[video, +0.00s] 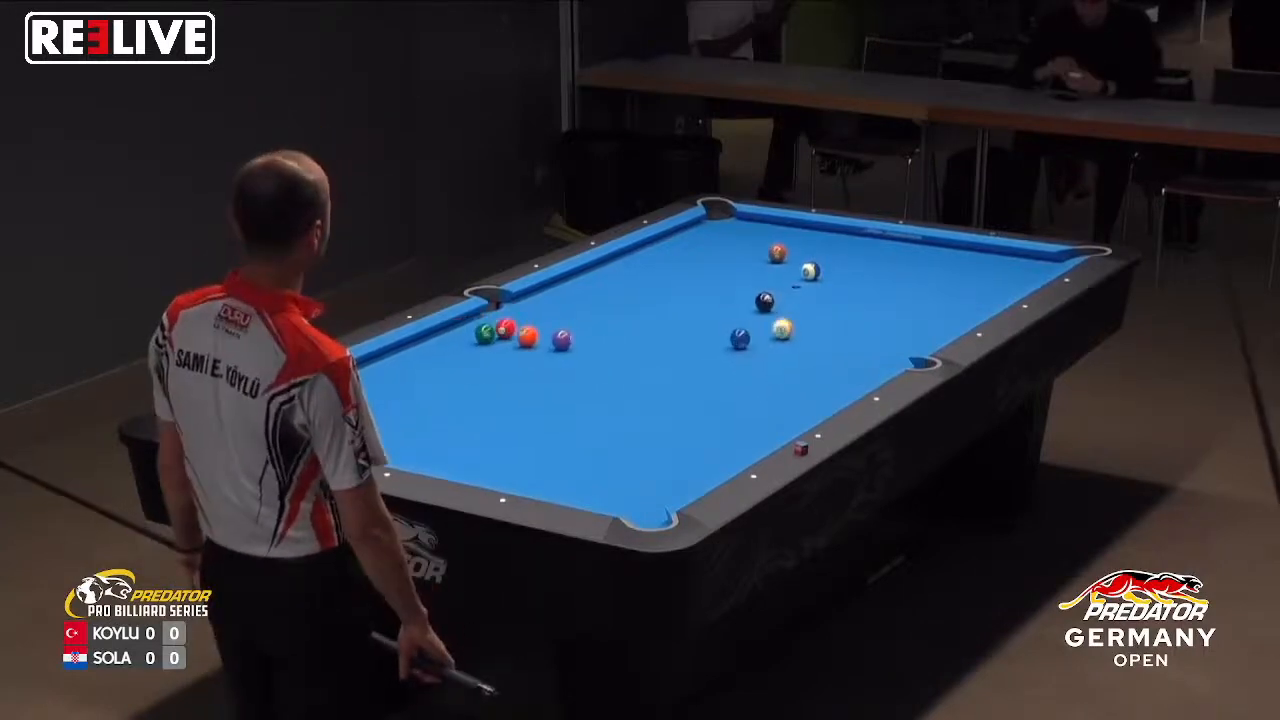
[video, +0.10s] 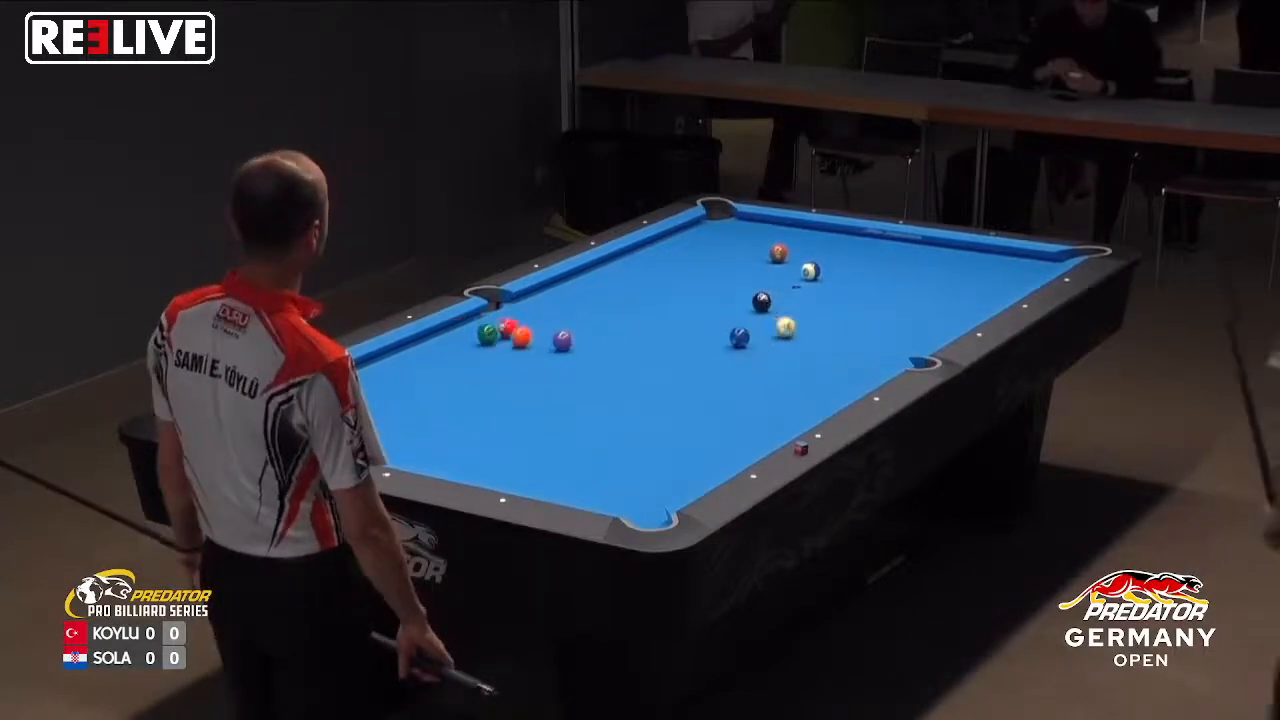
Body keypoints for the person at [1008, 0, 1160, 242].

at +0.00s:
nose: (1085, 9)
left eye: (1092, 3)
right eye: (1080, 3)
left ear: (1106, 3)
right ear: (1073, 2)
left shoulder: (1132, 25)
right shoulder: (1056, 21)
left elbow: (1145, 86)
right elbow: (1017, 79)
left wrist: (1103, 86)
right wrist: (1046, 71)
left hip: (1112, 122)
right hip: (1058, 118)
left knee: (1116, 157)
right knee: (1024, 143)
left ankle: (1102, 236)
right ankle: (1018, 227)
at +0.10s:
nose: (1085, 8)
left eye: (1092, 3)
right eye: (1080, 3)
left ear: (1106, 3)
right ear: (1073, 2)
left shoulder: (1132, 25)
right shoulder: (1055, 22)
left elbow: (1145, 86)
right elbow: (1017, 79)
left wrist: (1102, 86)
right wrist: (1046, 71)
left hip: (1112, 122)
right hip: (1058, 118)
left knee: (1116, 157)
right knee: (1024, 143)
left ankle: (1102, 236)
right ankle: (1017, 228)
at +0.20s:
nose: (1085, 8)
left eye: (1092, 3)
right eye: (1081, 2)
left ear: (1106, 3)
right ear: (1073, 2)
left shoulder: (1133, 25)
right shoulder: (1056, 21)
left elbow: (1145, 87)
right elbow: (1018, 78)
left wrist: (1103, 86)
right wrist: (1046, 72)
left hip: (1112, 123)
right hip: (1057, 118)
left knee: (1117, 158)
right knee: (1024, 144)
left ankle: (1102, 237)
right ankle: (1017, 228)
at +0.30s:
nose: (1085, 8)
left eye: (1092, 3)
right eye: (1081, 2)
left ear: (1106, 3)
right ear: (1073, 2)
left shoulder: (1133, 25)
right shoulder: (1056, 22)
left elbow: (1145, 87)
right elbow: (1018, 78)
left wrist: (1103, 86)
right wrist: (1046, 72)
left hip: (1112, 123)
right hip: (1058, 118)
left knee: (1117, 158)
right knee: (1024, 144)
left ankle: (1102, 237)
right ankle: (1016, 228)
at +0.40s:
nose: (1085, 8)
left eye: (1092, 3)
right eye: (1080, 3)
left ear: (1106, 3)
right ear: (1073, 2)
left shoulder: (1132, 25)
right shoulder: (1056, 21)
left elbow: (1145, 87)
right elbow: (1018, 78)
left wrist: (1102, 86)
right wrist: (1046, 72)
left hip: (1112, 122)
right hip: (1058, 118)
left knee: (1116, 158)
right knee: (1024, 144)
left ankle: (1102, 237)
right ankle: (1016, 228)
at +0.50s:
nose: (1085, 8)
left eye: (1092, 3)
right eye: (1081, 3)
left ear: (1107, 3)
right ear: (1073, 3)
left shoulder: (1133, 25)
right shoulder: (1056, 21)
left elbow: (1145, 87)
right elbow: (1019, 77)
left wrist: (1103, 86)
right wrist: (1047, 71)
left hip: (1112, 122)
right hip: (1058, 118)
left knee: (1116, 158)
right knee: (1024, 144)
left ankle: (1102, 237)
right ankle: (1017, 228)